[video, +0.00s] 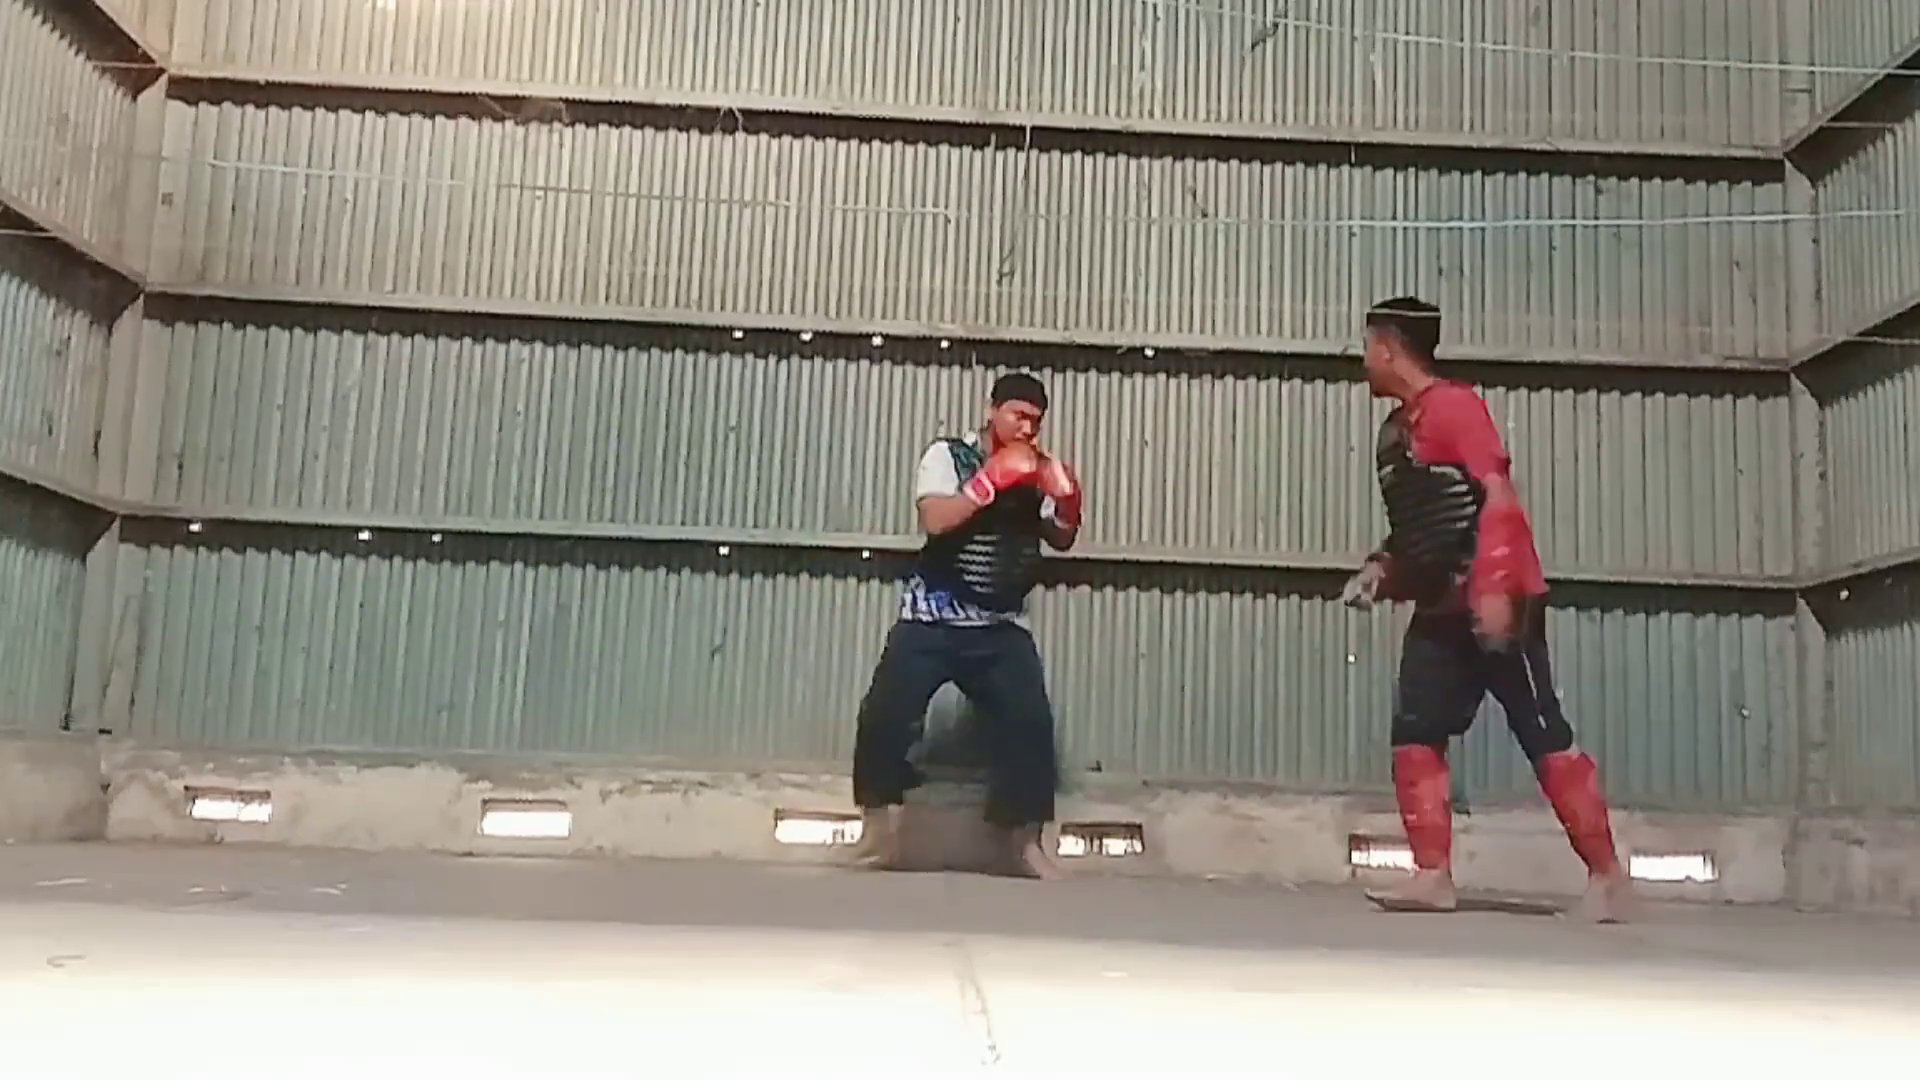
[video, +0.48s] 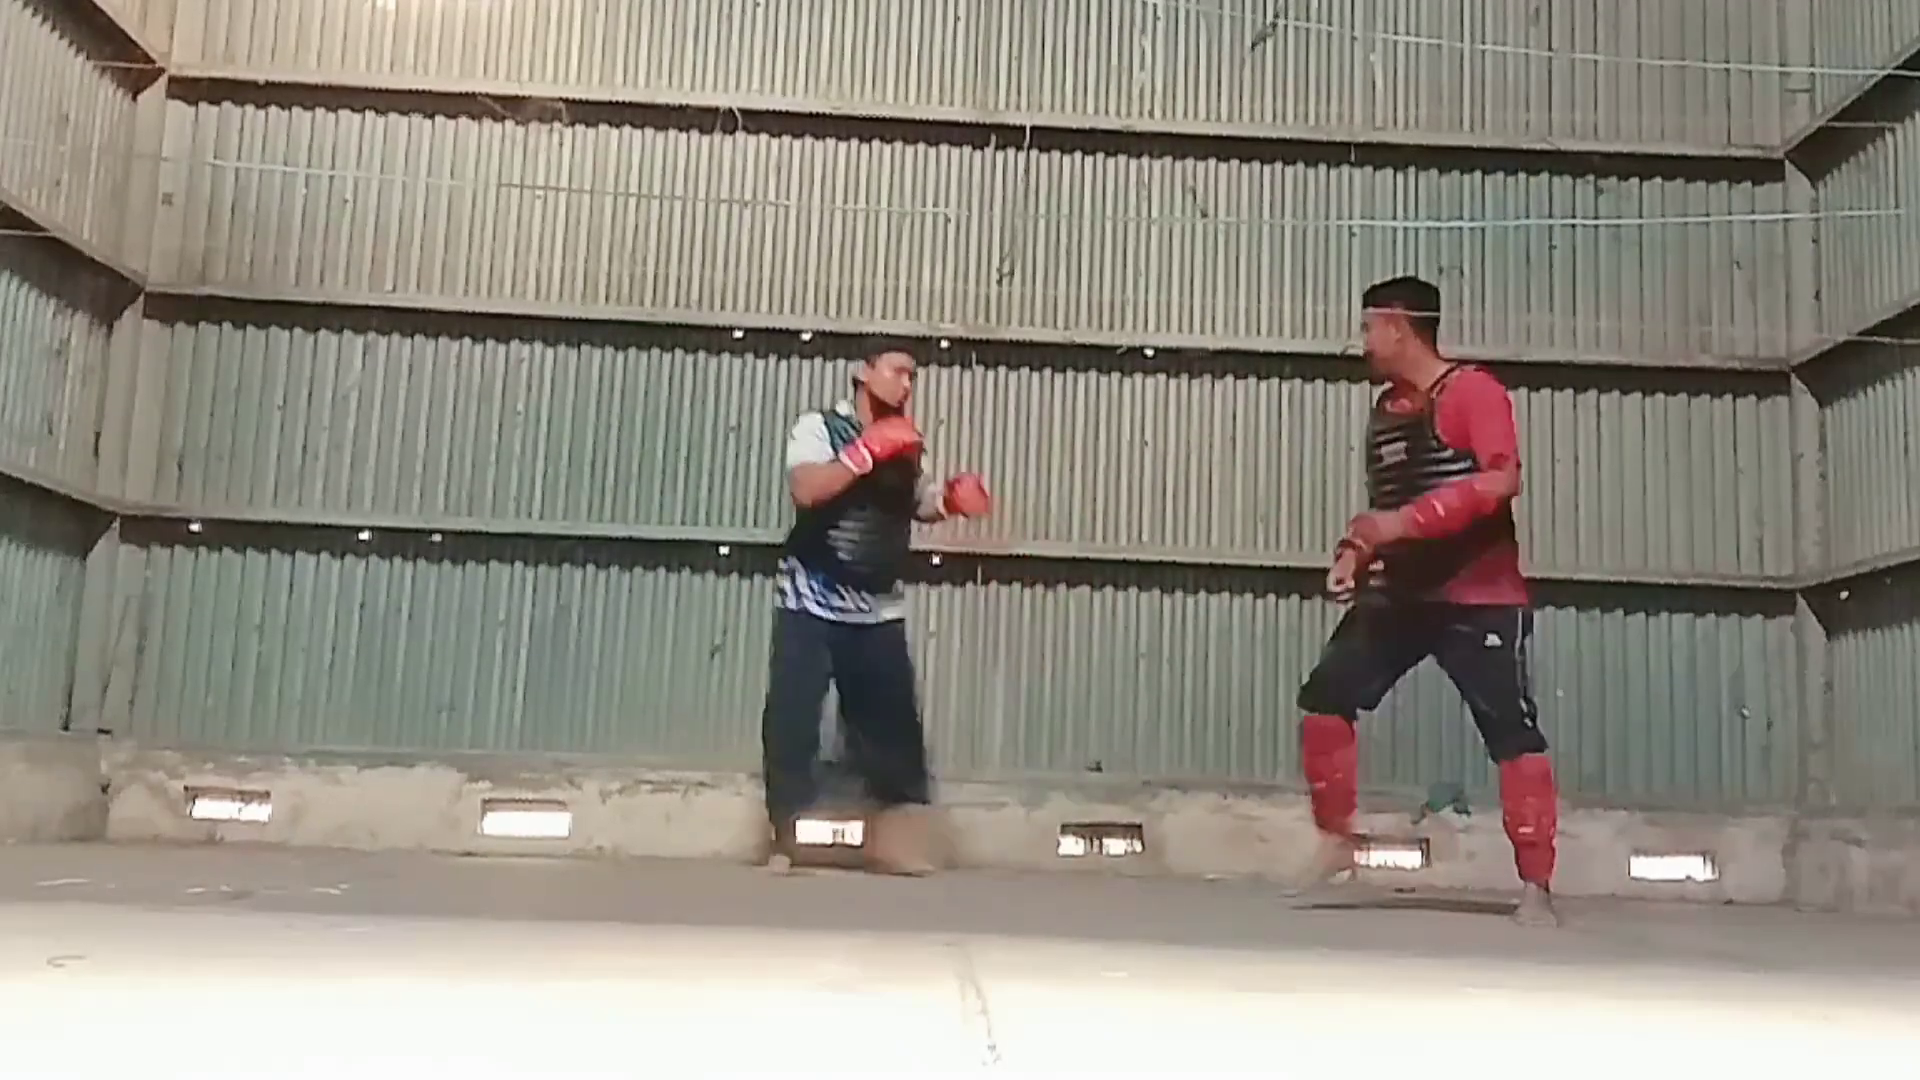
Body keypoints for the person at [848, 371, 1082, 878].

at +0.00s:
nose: (1024, 427)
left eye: (1033, 420)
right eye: (1016, 415)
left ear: (1040, 426)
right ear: (991, 412)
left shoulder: (1038, 476)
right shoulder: (947, 455)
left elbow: (1060, 542)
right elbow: (936, 520)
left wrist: (1066, 500)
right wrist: (992, 477)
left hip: (1000, 629)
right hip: (929, 622)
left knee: (1030, 718)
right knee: (882, 714)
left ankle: (1025, 842)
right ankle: (880, 831)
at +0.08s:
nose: (1022, 442)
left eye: (1029, 434)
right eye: (1013, 431)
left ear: (1033, 440)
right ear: (986, 430)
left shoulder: (1041, 495)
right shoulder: (941, 487)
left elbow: (1066, 572)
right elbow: (925, 560)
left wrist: (1059, 551)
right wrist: (977, 535)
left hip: (1007, 656)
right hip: (932, 646)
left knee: (1037, 746)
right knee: (876, 724)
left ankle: (1021, 847)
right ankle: (819, 833)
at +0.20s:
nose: (1000, 456)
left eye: (1006, 448)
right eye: (991, 445)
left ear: (1011, 454)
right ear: (962, 447)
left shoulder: (1024, 510)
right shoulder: (922, 506)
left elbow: (1038, 567)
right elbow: (900, 578)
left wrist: (1040, 573)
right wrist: (954, 563)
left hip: (996, 667)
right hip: (921, 659)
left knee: (1036, 746)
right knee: (867, 729)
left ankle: (1024, 849)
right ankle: (800, 829)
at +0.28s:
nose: (965, 445)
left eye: (970, 436)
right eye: (955, 434)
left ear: (973, 443)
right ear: (925, 436)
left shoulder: (985, 499)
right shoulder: (883, 497)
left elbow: (999, 558)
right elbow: (867, 571)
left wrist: (1014, 573)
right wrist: (922, 548)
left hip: (962, 656)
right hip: (887, 648)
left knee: (1001, 744)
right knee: (845, 726)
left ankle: (1024, 849)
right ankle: (799, 843)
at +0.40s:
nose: (930, 417)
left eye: (935, 410)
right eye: (921, 406)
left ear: (937, 419)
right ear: (888, 407)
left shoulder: (936, 479)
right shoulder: (844, 468)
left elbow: (951, 544)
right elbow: (834, 537)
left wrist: (979, 545)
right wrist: (891, 502)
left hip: (915, 640)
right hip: (842, 634)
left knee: (955, 736)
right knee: (813, 725)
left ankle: (981, 832)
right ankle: (798, 839)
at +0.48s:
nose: (908, 385)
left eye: (911, 376)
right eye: (899, 373)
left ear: (908, 384)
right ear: (864, 374)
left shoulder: (904, 445)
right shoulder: (818, 428)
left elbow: (905, 504)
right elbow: (806, 490)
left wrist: (947, 500)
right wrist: (867, 449)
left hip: (877, 607)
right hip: (810, 599)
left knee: (892, 717)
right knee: (792, 712)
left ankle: (896, 836)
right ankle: (788, 834)